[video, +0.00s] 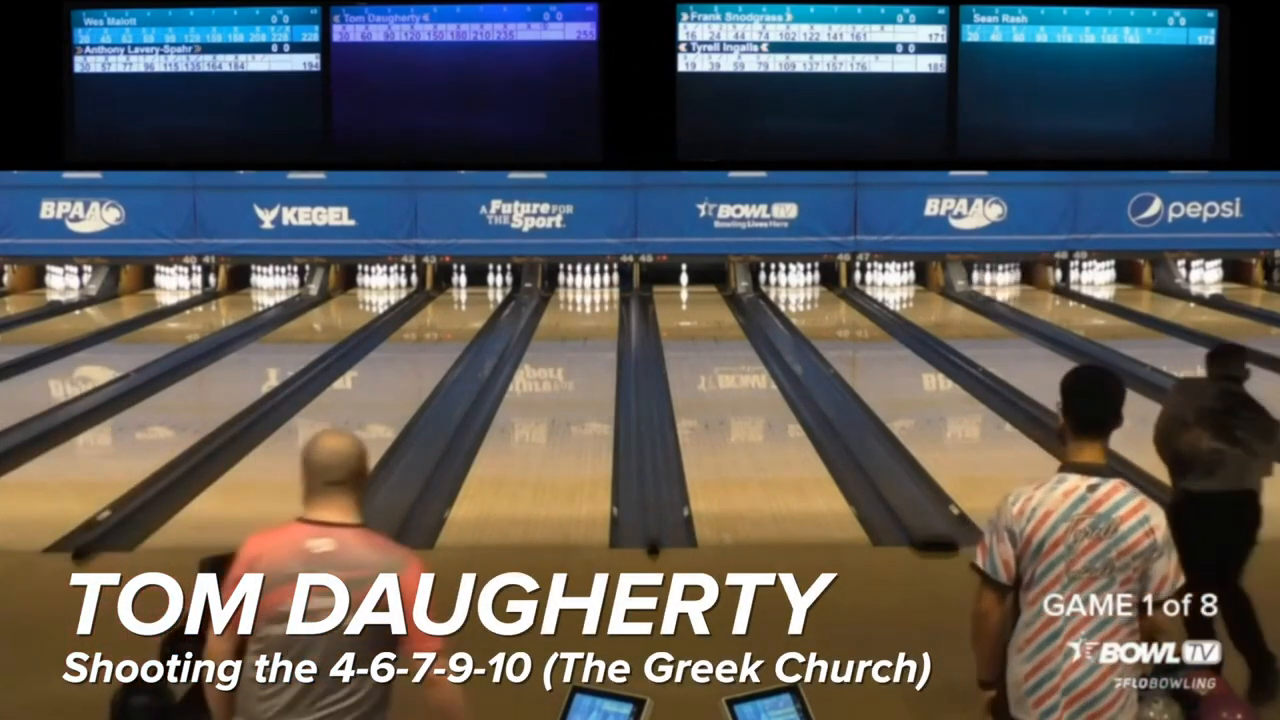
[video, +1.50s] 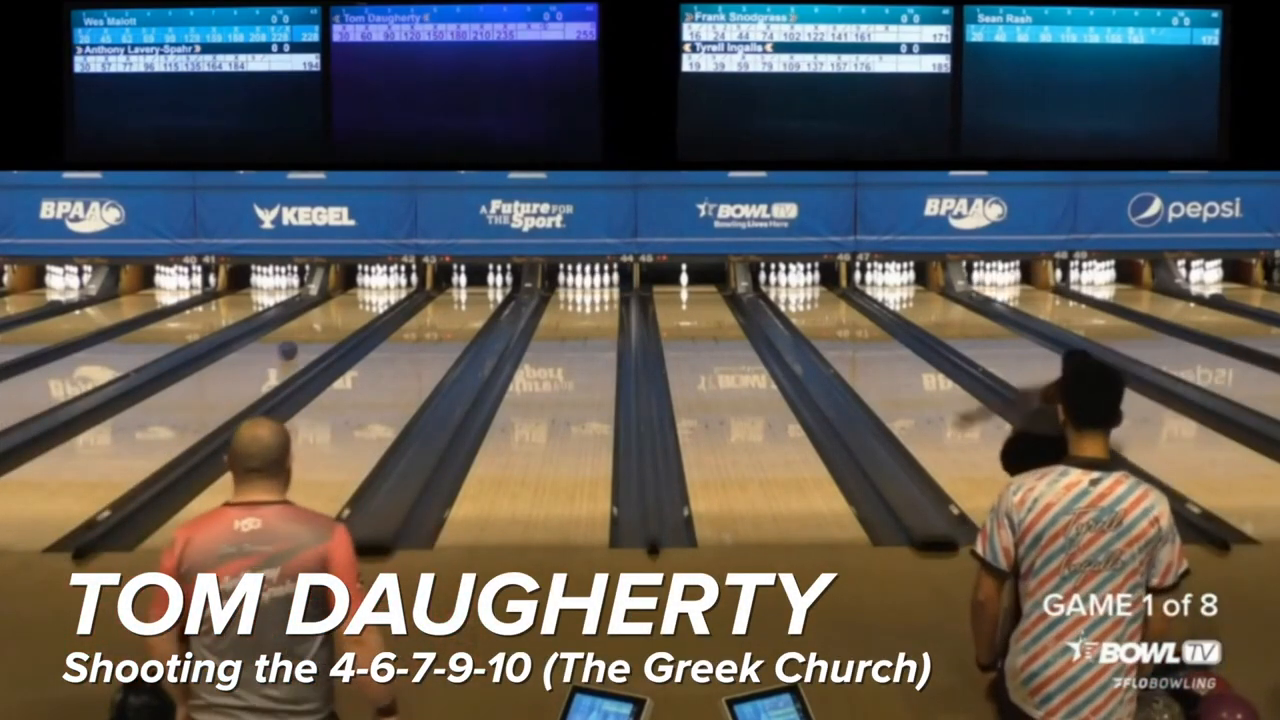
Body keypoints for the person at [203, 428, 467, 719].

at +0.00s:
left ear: (305, 476)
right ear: (364, 479)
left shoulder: (258, 552)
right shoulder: (401, 565)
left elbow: (218, 663)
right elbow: (435, 676)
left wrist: (225, 713)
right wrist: (459, 713)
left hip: (265, 710)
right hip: (358, 712)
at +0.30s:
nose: (317, 477)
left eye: (317, 470)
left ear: (321, 477)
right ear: (380, 471)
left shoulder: (285, 548)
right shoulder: (430, 545)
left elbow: (232, 652)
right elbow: (478, 649)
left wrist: (187, 713)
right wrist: (492, 706)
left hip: (293, 710)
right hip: (383, 712)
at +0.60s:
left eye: (310, 465)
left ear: (310, 473)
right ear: (371, 468)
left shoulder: (281, 551)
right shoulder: (423, 539)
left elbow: (239, 654)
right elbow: (465, 647)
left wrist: (193, 713)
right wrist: (478, 705)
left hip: (296, 709)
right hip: (386, 708)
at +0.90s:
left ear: (269, 474)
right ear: (329, 474)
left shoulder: (229, 553)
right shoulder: (370, 551)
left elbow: (205, 662)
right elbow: (410, 650)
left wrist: (208, 713)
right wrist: (445, 704)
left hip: (254, 710)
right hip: (344, 709)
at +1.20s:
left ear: (235, 468)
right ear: (294, 469)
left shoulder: (194, 544)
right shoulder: (330, 546)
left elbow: (178, 645)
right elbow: (357, 645)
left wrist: (196, 697)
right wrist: (393, 704)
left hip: (219, 710)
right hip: (309, 710)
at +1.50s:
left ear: (229, 465)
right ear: (289, 464)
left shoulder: (188, 538)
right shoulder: (329, 535)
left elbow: (163, 650)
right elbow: (358, 641)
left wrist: (183, 702)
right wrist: (386, 704)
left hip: (213, 709)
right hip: (302, 709)